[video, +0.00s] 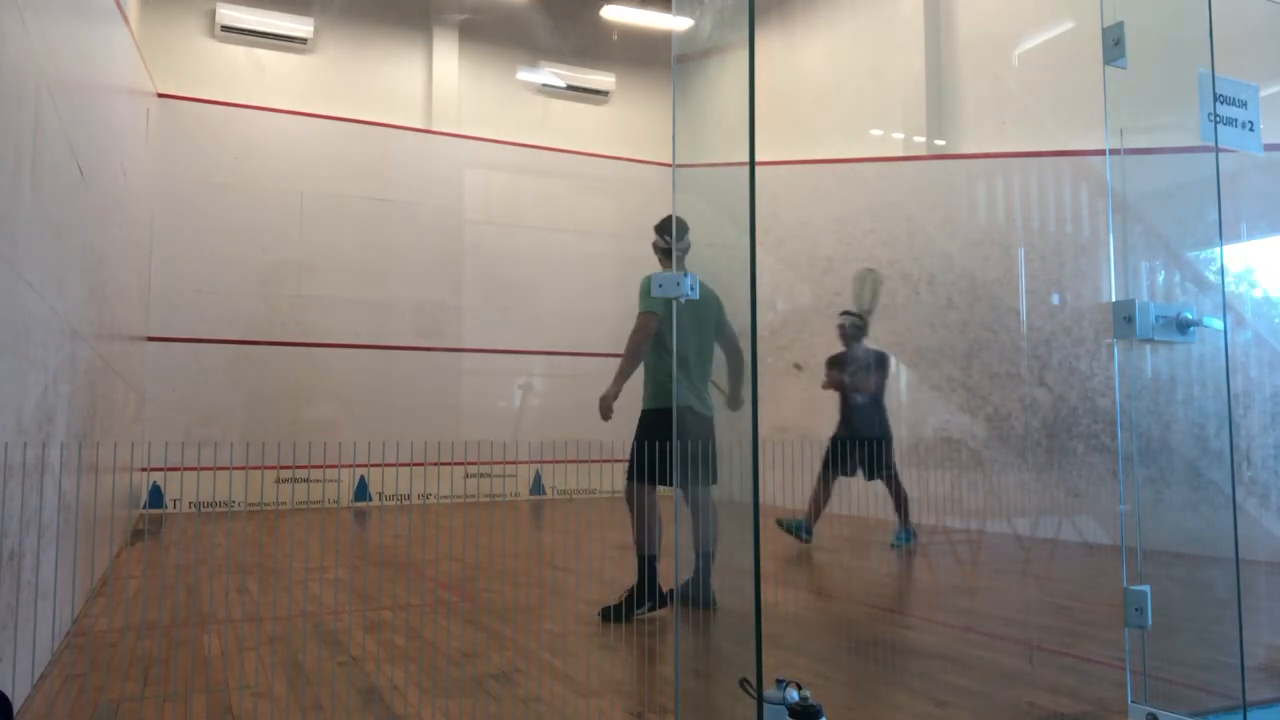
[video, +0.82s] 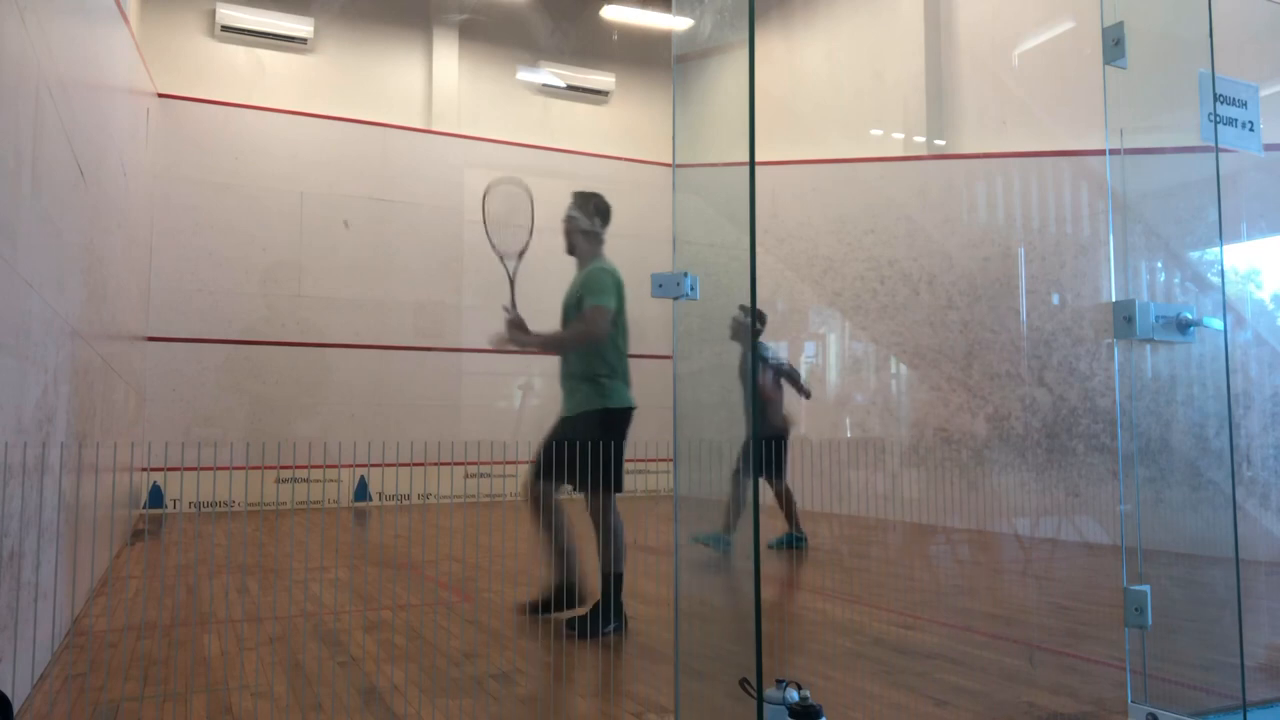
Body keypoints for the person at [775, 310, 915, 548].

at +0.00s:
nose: (841, 332)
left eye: (845, 328)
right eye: (840, 328)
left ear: (859, 330)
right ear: (841, 332)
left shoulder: (878, 358)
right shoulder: (836, 360)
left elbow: (872, 386)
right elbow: (833, 383)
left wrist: (841, 381)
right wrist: (859, 383)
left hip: (875, 431)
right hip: (847, 431)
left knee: (890, 479)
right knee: (826, 476)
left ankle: (906, 528)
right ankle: (807, 525)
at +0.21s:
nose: (806, 337)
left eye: (811, 333)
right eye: (805, 333)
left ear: (825, 335)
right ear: (805, 335)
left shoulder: (845, 359)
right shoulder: (804, 367)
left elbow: (841, 392)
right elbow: (813, 388)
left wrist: (804, 395)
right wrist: (842, 369)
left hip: (848, 430)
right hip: (822, 431)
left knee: (868, 481)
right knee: (797, 478)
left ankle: (899, 521)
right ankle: (797, 533)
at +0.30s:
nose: (787, 338)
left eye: (792, 333)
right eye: (787, 333)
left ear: (805, 335)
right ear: (791, 336)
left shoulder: (823, 361)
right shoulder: (792, 367)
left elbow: (816, 397)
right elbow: (782, 391)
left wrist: (786, 419)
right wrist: (803, 391)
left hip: (835, 428)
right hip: (812, 428)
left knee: (846, 484)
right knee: (792, 477)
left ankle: (885, 514)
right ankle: (797, 533)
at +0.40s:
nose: (774, 339)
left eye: (779, 335)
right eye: (774, 334)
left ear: (793, 336)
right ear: (784, 339)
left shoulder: (810, 362)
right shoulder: (785, 370)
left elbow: (812, 398)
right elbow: (765, 397)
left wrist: (807, 429)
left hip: (822, 429)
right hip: (801, 430)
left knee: (821, 484)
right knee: (792, 478)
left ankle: (863, 509)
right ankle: (797, 533)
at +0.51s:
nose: (760, 330)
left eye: (765, 327)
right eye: (761, 326)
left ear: (779, 330)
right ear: (775, 330)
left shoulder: (793, 355)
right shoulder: (779, 358)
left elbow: (813, 388)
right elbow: (768, 391)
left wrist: (826, 420)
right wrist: (753, 414)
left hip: (808, 427)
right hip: (792, 427)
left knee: (798, 480)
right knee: (790, 480)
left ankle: (837, 512)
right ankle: (797, 532)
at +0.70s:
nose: (740, 324)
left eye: (745, 321)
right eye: (742, 320)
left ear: (755, 327)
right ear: (762, 328)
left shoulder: (762, 351)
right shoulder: (772, 350)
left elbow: (791, 379)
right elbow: (792, 380)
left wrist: (816, 401)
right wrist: (816, 401)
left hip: (777, 427)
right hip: (781, 426)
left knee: (757, 476)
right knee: (784, 479)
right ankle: (797, 532)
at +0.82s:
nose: (731, 328)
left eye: (736, 324)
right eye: (733, 323)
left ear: (748, 330)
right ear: (750, 329)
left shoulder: (757, 352)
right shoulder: (755, 352)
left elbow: (784, 369)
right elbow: (784, 369)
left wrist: (801, 389)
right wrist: (802, 389)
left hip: (766, 431)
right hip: (768, 430)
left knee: (739, 478)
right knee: (776, 481)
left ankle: (725, 535)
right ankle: (796, 531)